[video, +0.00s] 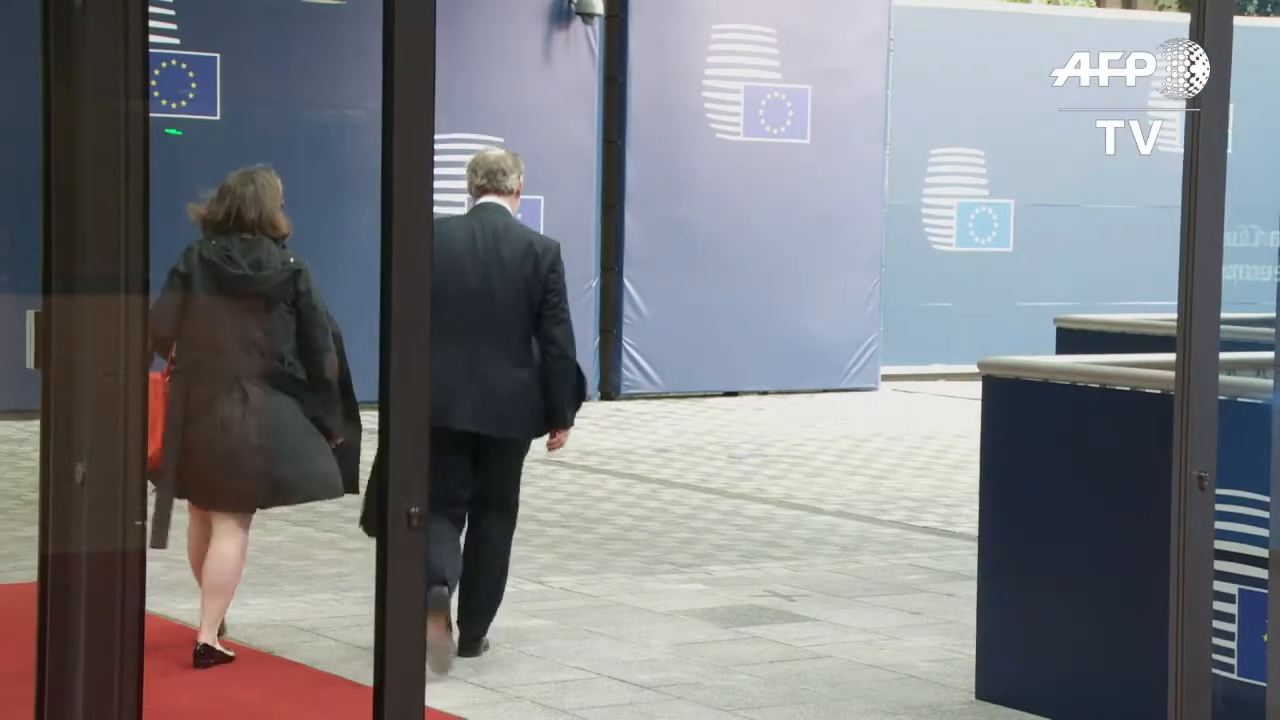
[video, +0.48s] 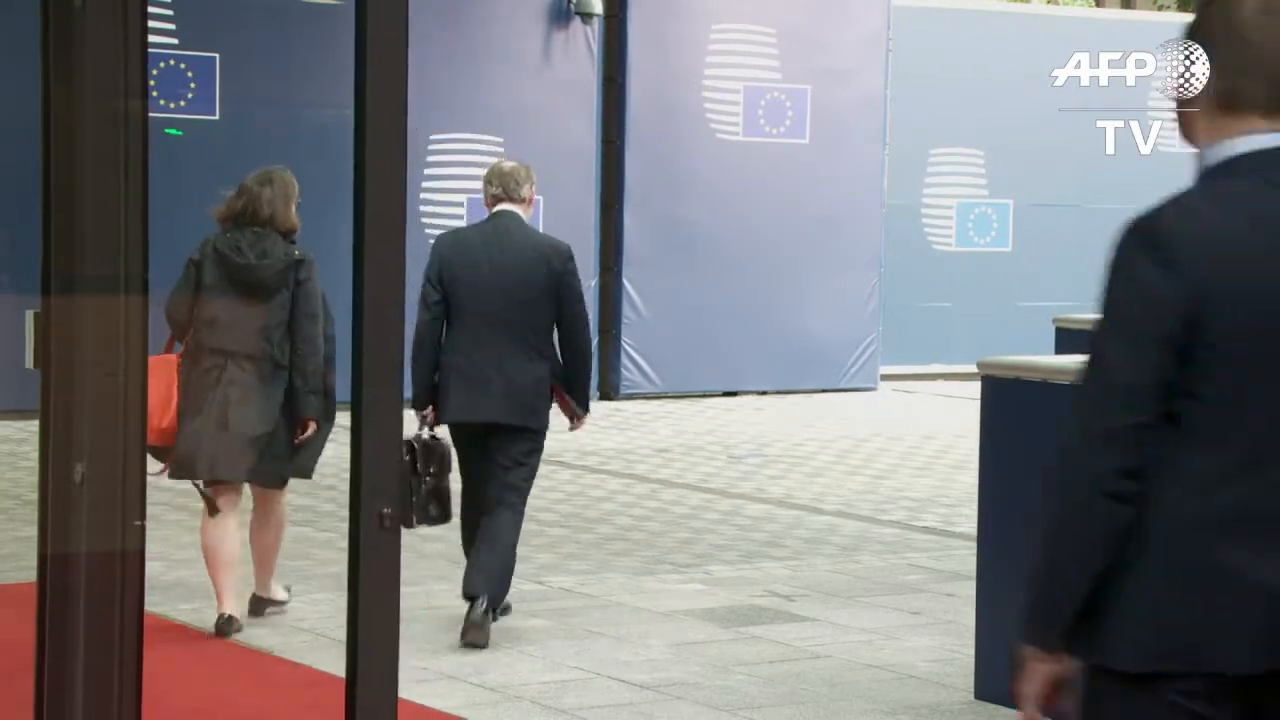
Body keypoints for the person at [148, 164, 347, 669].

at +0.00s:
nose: (283, 211)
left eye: (280, 202)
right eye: (279, 204)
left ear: (222, 206)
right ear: (270, 210)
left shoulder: (192, 262)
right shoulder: (290, 270)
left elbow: (159, 331)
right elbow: (323, 358)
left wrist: (184, 360)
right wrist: (331, 420)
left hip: (195, 403)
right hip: (255, 407)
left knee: (200, 516)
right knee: (230, 522)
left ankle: (216, 614)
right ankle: (207, 637)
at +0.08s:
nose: (285, 216)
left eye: (283, 208)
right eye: (281, 209)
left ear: (224, 210)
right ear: (273, 215)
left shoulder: (194, 266)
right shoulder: (291, 274)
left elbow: (161, 333)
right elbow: (320, 357)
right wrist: (332, 419)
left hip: (200, 406)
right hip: (259, 408)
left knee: (210, 517)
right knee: (234, 523)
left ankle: (224, 612)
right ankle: (210, 629)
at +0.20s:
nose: (285, 211)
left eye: (282, 202)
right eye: (281, 204)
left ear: (228, 205)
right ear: (272, 210)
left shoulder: (196, 259)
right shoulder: (290, 268)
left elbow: (167, 328)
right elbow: (315, 352)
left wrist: (190, 347)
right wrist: (329, 420)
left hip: (205, 402)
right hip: (266, 403)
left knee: (215, 512)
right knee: (256, 516)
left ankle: (220, 603)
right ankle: (225, 587)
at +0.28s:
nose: (288, 208)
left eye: (287, 199)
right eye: (285, 200)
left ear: (231, 200)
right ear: (273, 205)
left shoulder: (200, 253)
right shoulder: (290, 261)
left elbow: (168, 319)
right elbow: (311, 340)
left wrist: (195, 344)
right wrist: (319, 404)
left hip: (205, 392)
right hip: (264, 393)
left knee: (216, 505)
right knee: (266, 493)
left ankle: (224, 609)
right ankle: (241, 575)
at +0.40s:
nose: (293, 205)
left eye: (291, 197)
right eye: (290, 198)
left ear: (238, 197)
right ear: (279, 203)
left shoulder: (205, 248)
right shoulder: (295, 258)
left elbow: (173, 310)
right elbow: (308, 336)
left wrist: (195, 331)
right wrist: (309, 401)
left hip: (208, 387)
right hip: (268, 390)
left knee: (220, 502)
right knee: (269, 494)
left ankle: (226, 610)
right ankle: (256, 594)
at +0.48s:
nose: (297, 211)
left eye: (295, 203)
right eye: (294, 204)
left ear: (241, 202)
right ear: (283, 209)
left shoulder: (209, 253)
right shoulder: (297, 265)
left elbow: (177, 314)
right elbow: (308, 341)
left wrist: (189, 336)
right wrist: (309, 405)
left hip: (210, 389)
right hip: (269, 393)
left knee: (220, 502)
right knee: (270, 497)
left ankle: (226, 608)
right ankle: (264, 590)